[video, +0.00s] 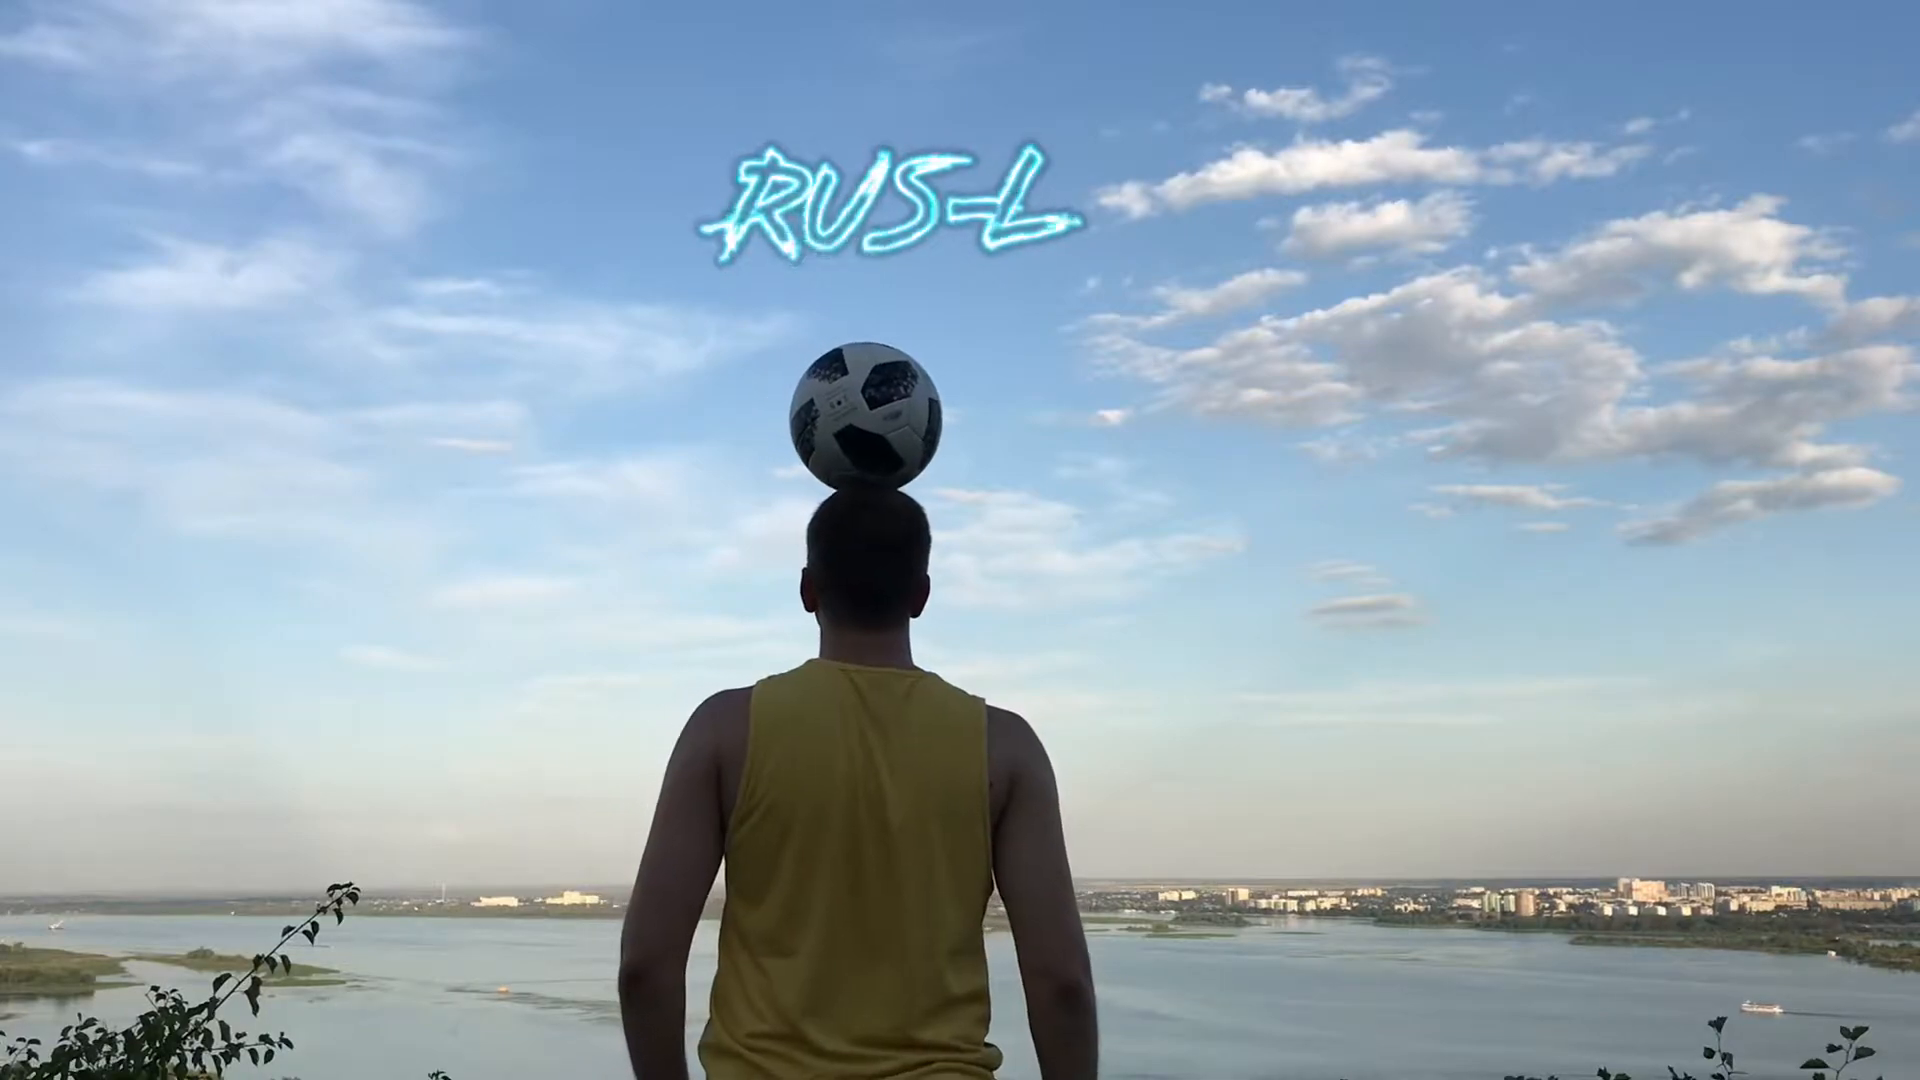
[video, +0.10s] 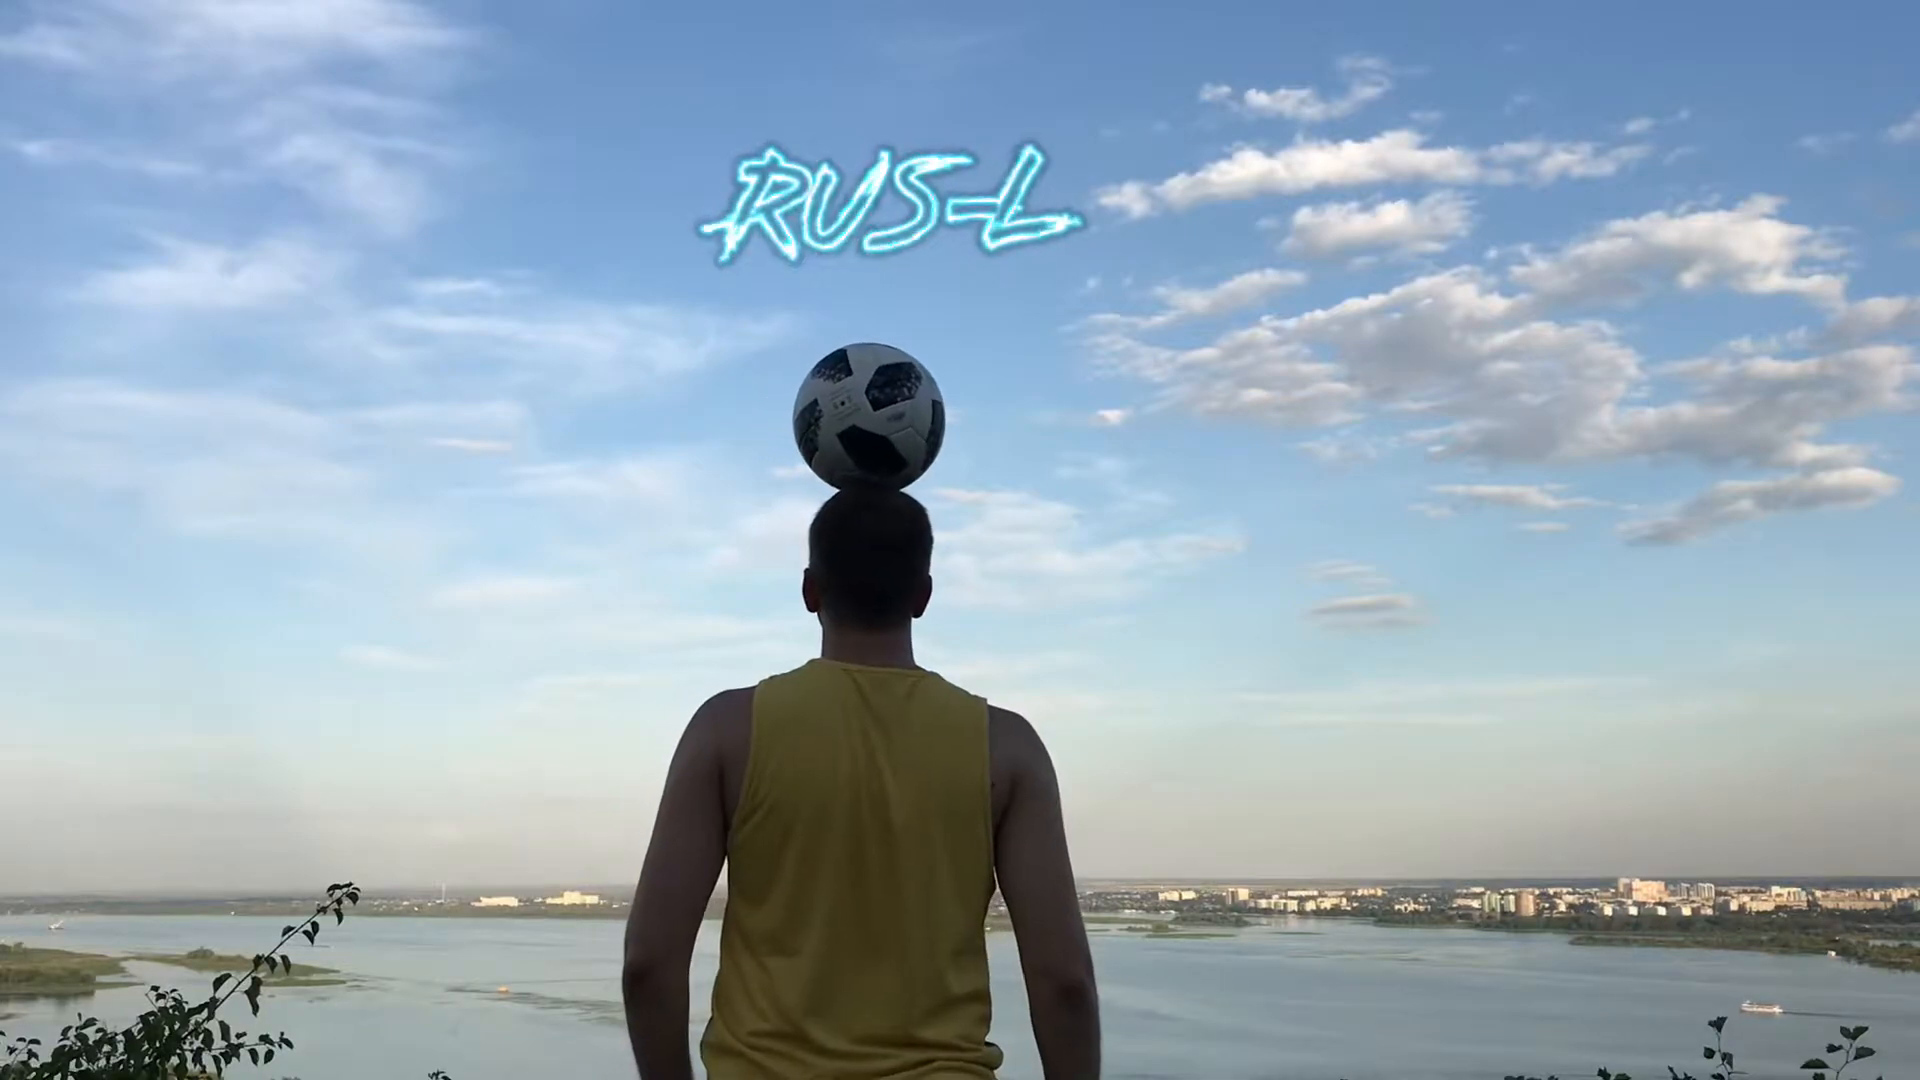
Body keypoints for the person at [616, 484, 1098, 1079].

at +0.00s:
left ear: (808, 589)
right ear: (923, 594)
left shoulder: (726, 726)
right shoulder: (1002, 742)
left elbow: (646, 967)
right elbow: (1063, 985)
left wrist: (666, 1072)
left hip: (761, 1060)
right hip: (943, 1062)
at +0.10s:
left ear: (810, 589)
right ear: (925, 594)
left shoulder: (729, 726)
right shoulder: (1004, 742)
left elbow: (649, 966)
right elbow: (1065, 984)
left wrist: (672, 1072)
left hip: (762, 1060)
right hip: (945, 1062)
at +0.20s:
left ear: (811, 589)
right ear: (927, 595)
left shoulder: (729, 727)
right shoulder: (1004, 742)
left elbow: (650, 966)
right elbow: (1065, 984)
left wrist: (672, 1072)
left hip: (763, 1060)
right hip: (945, 1062)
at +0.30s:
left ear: (813, 590)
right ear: (928, 596)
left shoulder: (731, 727)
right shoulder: (1005, 743)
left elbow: (650, 964)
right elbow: (1065, 984)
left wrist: (672, 1072)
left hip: (765, 1060)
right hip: (946, 1062)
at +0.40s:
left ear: (816, 591)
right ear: (932, 597)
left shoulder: (734, 727)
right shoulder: (1008, 743)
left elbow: (652, 964)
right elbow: (1067, 983)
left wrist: (672, 1072)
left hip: (768, 1060)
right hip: (948, 1062)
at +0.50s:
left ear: (818, 591)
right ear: (934, 597)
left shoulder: (737, 726)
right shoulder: (1011, 744)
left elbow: (655, 963)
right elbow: (1068, 983)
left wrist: (675, 1072)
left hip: (770, 1059)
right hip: (950, 1062)